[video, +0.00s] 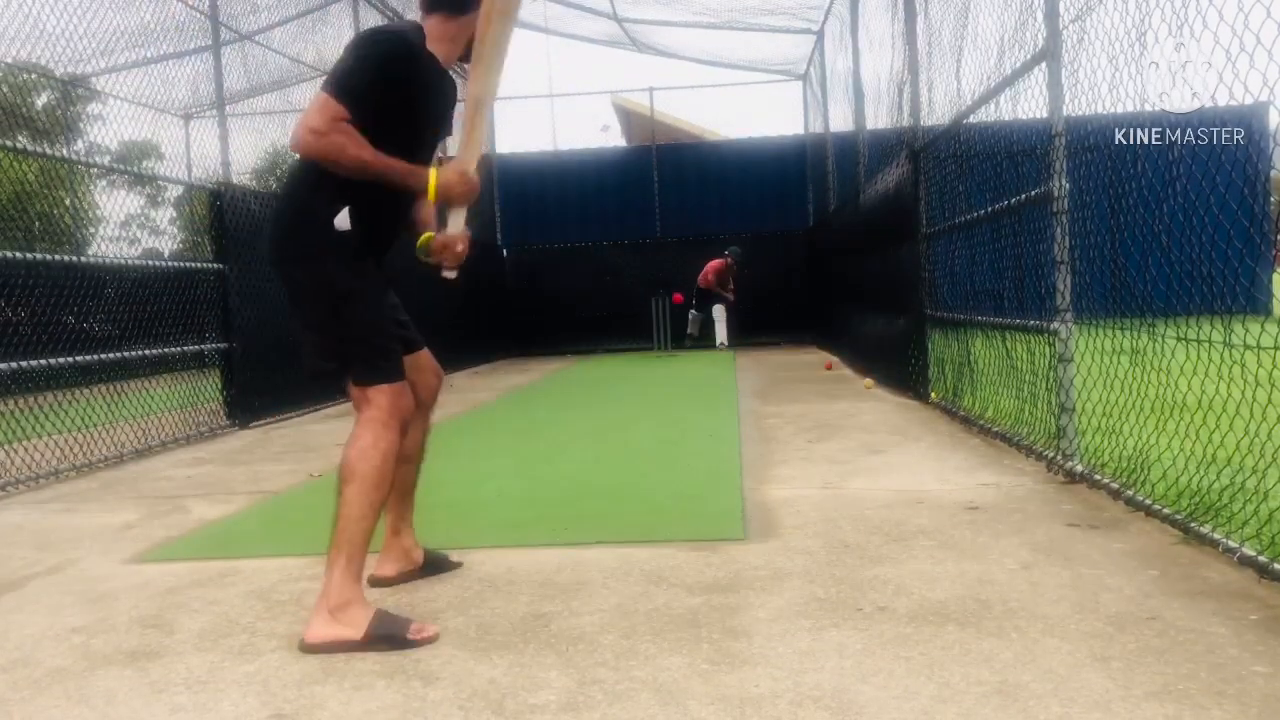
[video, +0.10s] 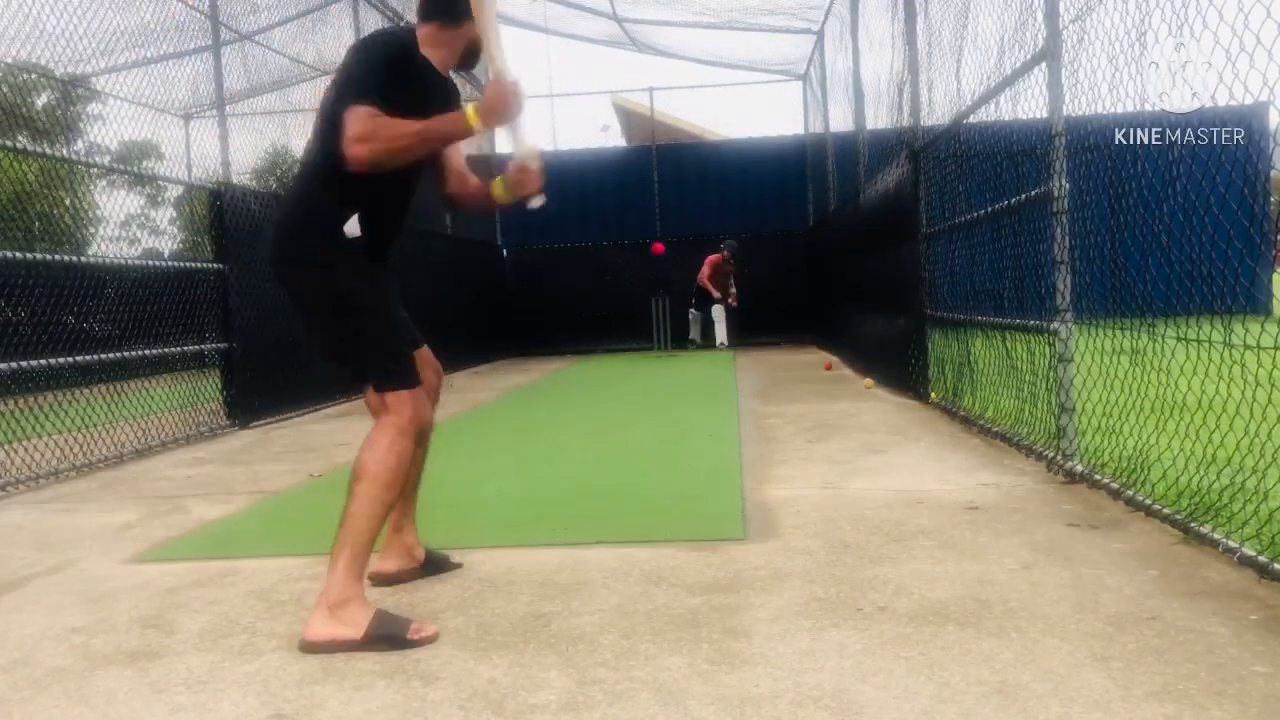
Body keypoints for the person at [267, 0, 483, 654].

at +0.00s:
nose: (490, 26)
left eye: (488, 16)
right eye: (489, 15)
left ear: (433, 7)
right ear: (476, 14)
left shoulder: (438, 86)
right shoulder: (386, 45)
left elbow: (403, 185)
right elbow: (313, 134)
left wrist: (430, 234)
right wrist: (426, 177)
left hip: (354, 251)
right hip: (317, 247)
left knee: (423, 380)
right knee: (385, 405)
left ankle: (398, 547)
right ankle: (337, 607)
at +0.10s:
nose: (487, 35)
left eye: (486, 24)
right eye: (485, 23)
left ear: (435, 17)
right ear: (468, 24)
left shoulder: (442, 93)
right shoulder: (384, 50)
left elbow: (457, 188)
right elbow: (360, 143)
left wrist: (505, 188)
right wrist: (475, 117)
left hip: (355, 255)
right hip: (319, 253)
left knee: (425, 376)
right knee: (402, 409)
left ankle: (400, 546)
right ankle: (338, 606)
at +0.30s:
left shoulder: (308, 7)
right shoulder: (443, 20)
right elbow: (455, 118)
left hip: (318, 215)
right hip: (394, 222)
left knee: (379, 391)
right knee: (409, 410)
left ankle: (400, 543)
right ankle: (341, 605)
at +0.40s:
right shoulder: (471, 18)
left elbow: (236, 8)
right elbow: (392, 84)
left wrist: (255, 49)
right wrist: (275, 70)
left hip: (326, 182)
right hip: (413, 188)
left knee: (368, 375)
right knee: (378, 396)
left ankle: (401, 541)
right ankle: (340, 605)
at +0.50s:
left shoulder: (389, 7)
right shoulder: (444, 17)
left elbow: (325, 28)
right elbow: (310, 35)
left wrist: (250, 5)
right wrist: (239, 6)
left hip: (314, 214)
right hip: (399, 222)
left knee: (327, 391)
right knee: (372, 400)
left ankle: (366, 554)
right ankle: (339, 613)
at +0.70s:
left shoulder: (427, 8)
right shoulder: (352, 9)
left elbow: (476, 51)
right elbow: (286, 1)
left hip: (306, 211)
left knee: (248, 378)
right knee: (344, 402)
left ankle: (338, 532)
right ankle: (343, 614)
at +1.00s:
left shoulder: (411, 8)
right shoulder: (342, 12)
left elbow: (417, 49)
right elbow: (263, 18)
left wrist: (330, 1)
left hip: (294, 210)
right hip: (357, 218)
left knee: (249, 377)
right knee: (342, 396)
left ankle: (338, 541)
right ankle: (342, 612)